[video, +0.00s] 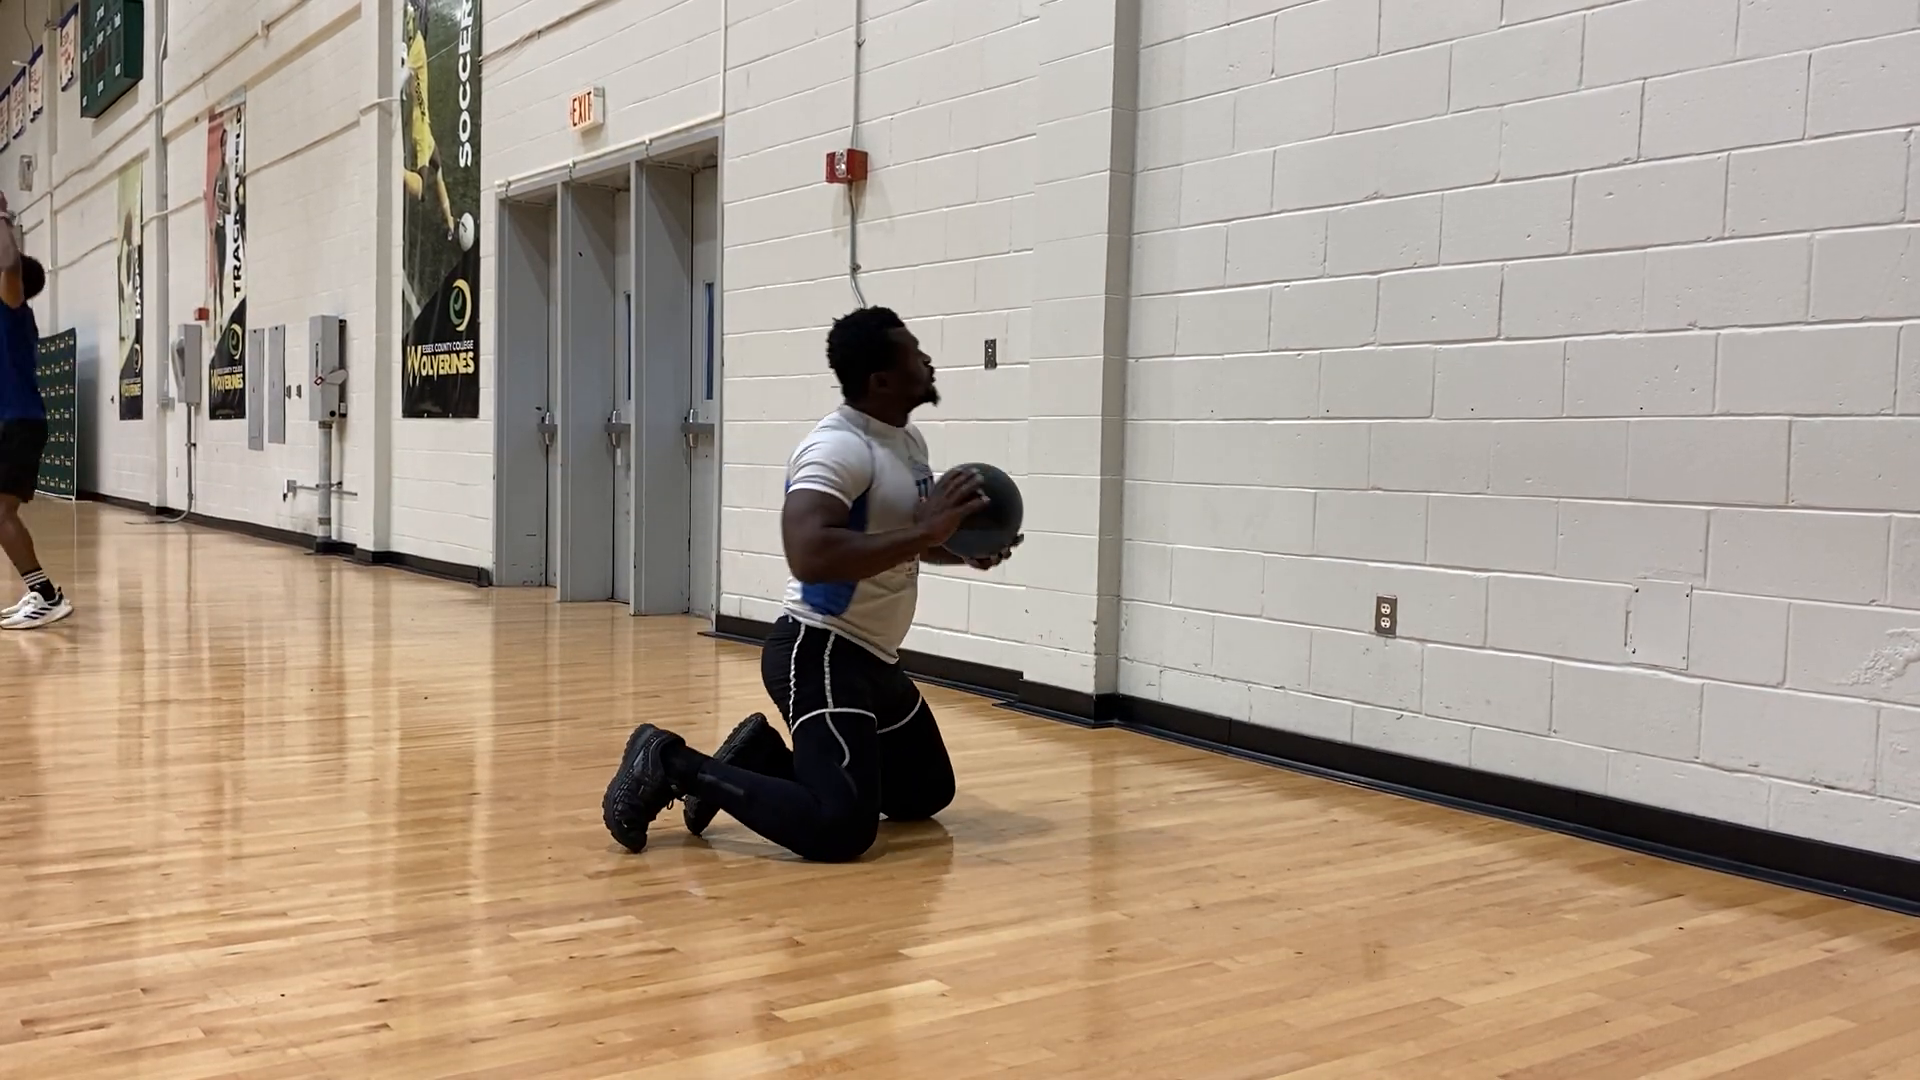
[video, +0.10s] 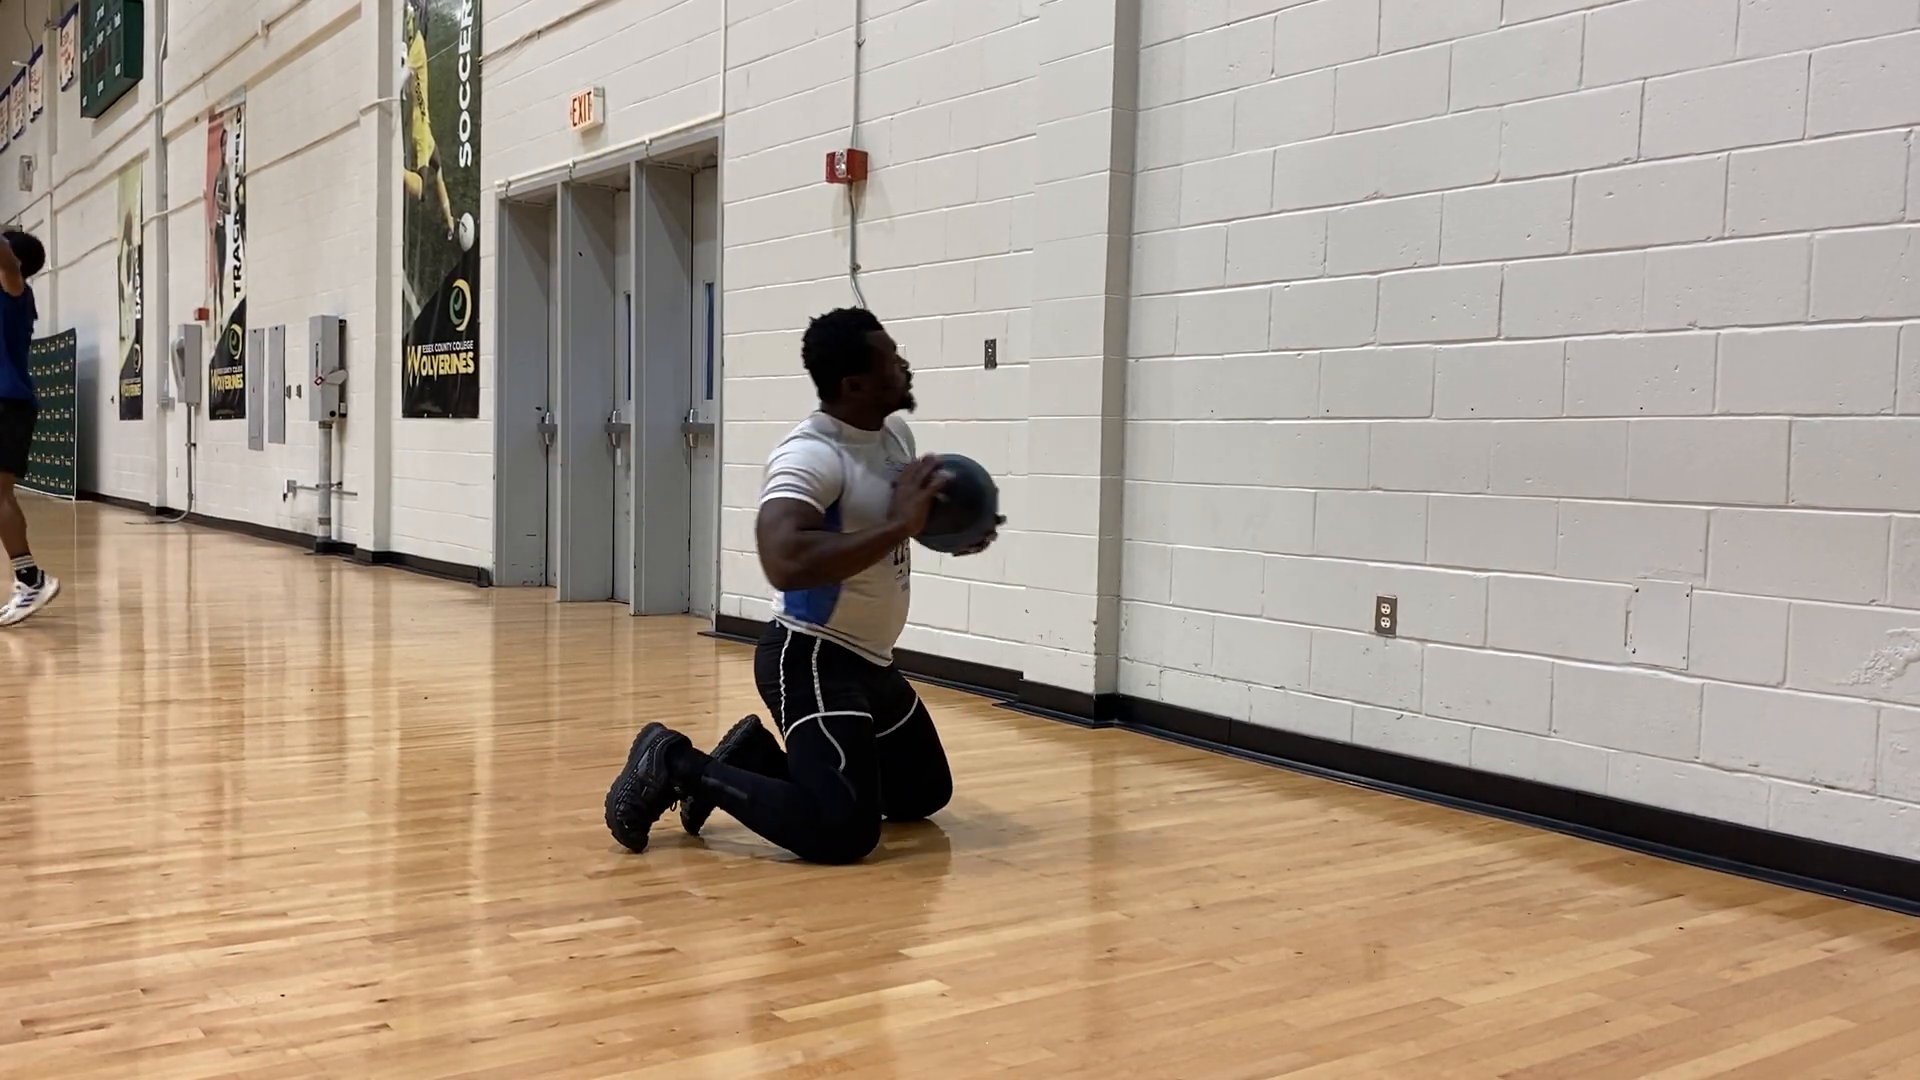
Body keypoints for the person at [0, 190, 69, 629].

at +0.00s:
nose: (9, 273)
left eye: (16, 269)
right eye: (14, 269)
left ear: (22, 280)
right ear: (23, 282)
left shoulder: (15, 308)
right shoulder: (15, 311)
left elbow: (11, 263)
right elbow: (13, 261)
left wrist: (4, 221)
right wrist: (7, 223)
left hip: (19, 420)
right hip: (17, 419)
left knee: (5, 510)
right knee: (5, 510)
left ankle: (43, 591)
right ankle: (40, 590)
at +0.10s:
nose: (3, 251)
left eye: (8, 246)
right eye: (6, 246)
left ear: (17, 260)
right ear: (21, 262)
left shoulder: (18, 295)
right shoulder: (14, 297)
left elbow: (8, 261)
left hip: (13, 399)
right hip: (11, 399)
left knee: (3, 491)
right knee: (3, 492)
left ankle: (30, 578)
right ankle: (28, 577)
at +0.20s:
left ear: (9, 251)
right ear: (15, 253)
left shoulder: (14, 281)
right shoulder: (12, 284)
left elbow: (14, 300)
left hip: (10, 391)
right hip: (9, 390)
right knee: (0, 481)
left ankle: (16, 570)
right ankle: (13, 568)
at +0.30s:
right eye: (1, 257)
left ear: (4, 266)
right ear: (10, 267)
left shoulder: (9, 299)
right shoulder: (8, 299)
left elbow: (12, 349)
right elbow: (13, 349)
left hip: (8, 407)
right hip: (8, 407)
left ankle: (5, 579)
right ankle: (4, 577)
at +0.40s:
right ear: (10, 290)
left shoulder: (5, 327)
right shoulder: (4, 326)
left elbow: (14, 383)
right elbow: (13, 382)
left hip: (7, 435)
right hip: (8, 435)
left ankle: (8, 593)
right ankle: (7, 592)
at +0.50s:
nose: (14, 279)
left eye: (11, 267)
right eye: (14, 270)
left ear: (2, 269)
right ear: (12, 271)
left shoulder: (6, 310)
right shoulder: (6, 310)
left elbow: (11, 363)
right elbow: (11, 363)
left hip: (2, 418)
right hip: (3, 417)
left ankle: (3, 582)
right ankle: (2, 581)